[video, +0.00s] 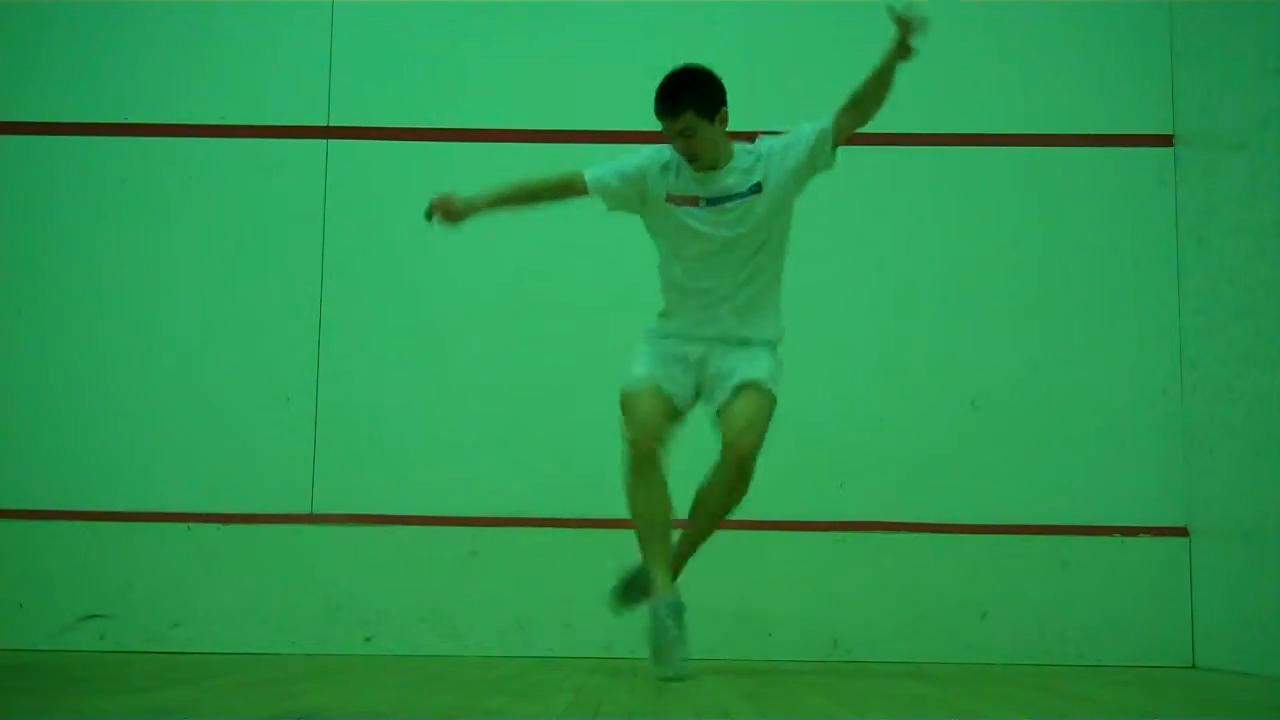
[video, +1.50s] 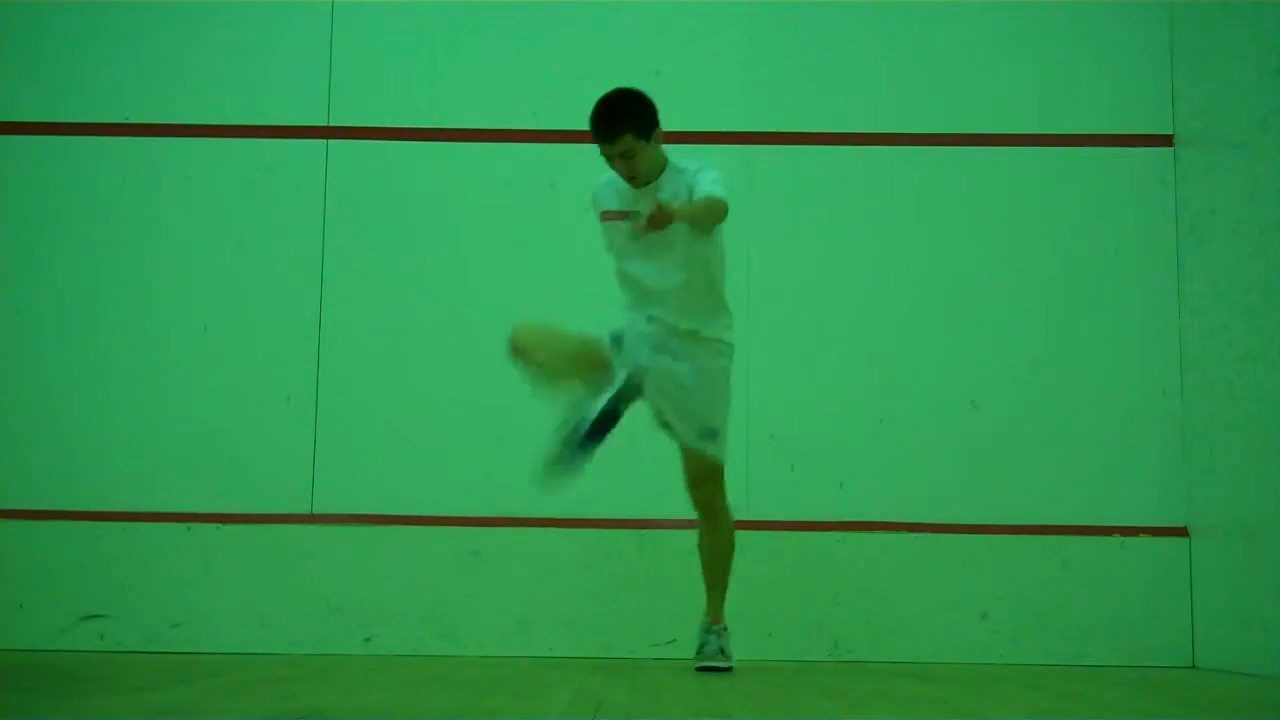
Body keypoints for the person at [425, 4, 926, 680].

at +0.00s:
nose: (679, 147)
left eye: (688, 133)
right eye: (671, 136)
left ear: (721, 118)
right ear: (667, 130)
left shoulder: (778, 161)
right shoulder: (653, 173)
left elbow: (852, 115)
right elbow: (567, 184)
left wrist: (897, 52)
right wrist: (474, 203)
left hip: (748, 345)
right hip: (674, 341)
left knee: (742, 448)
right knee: (639, 431)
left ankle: (663, 566)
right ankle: (662, 599)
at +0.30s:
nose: (640, 197)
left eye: (648, 187)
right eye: (633, 188)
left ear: (680, 169)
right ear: (627, 179)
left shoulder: (744, 177)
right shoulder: (624, 222)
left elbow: (831, 146)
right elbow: (602, 284)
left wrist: (913, 110)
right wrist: (586, 346)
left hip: (722, 357)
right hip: (654, 354)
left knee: (740, 450)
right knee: (645, 451)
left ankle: (626, 486)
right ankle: (642, 600)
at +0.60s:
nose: (606, 270)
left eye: (608, 261)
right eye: (597, 265)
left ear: (627, 233)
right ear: (597, 248)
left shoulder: (701, 238)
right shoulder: (604, 267)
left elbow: (765, 283)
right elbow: (595, 331)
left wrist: (822, 345)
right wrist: (576, 400)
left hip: (712, 387)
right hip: (651, 393)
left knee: (660, 503)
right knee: (601, 501)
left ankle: (687, 634)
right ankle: (641, 623)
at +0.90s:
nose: (607, 212)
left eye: (611, 198)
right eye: (598, 205)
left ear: (634, 177)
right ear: (593, 200)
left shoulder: (701, 207)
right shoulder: (604, 239)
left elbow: (785, 194)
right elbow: (534, 265)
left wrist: (875, 180)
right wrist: (461, 301)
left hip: (718, 357)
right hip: (677, 373)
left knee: (599, 314)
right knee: (637, 488)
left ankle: (545, 436)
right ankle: (651, 628)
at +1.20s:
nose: (642, 177)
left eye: (648, 163)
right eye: (634, 167)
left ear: (680, 149)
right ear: (631, 165)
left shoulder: (732, 197)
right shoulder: (655, 211)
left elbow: (798, 193)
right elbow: (667, 251)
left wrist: (746, 153)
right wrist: (634, 252)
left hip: (721, 385)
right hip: (662, 389)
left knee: (730, 502)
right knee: (639, 479)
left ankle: (766, 636)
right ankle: (673, 615)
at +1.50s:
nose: (620, 167)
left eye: (628, 153)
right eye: (611, 157)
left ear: (657, 139)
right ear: (603, 153)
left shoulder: (696, 181)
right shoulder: (608, 194)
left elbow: (715, 209)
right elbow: (629, 262)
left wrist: (678, 213)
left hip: (699, 349)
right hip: (637, 338)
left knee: (707, 490)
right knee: (524, 342)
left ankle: (715, 623)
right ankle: (604, 387)